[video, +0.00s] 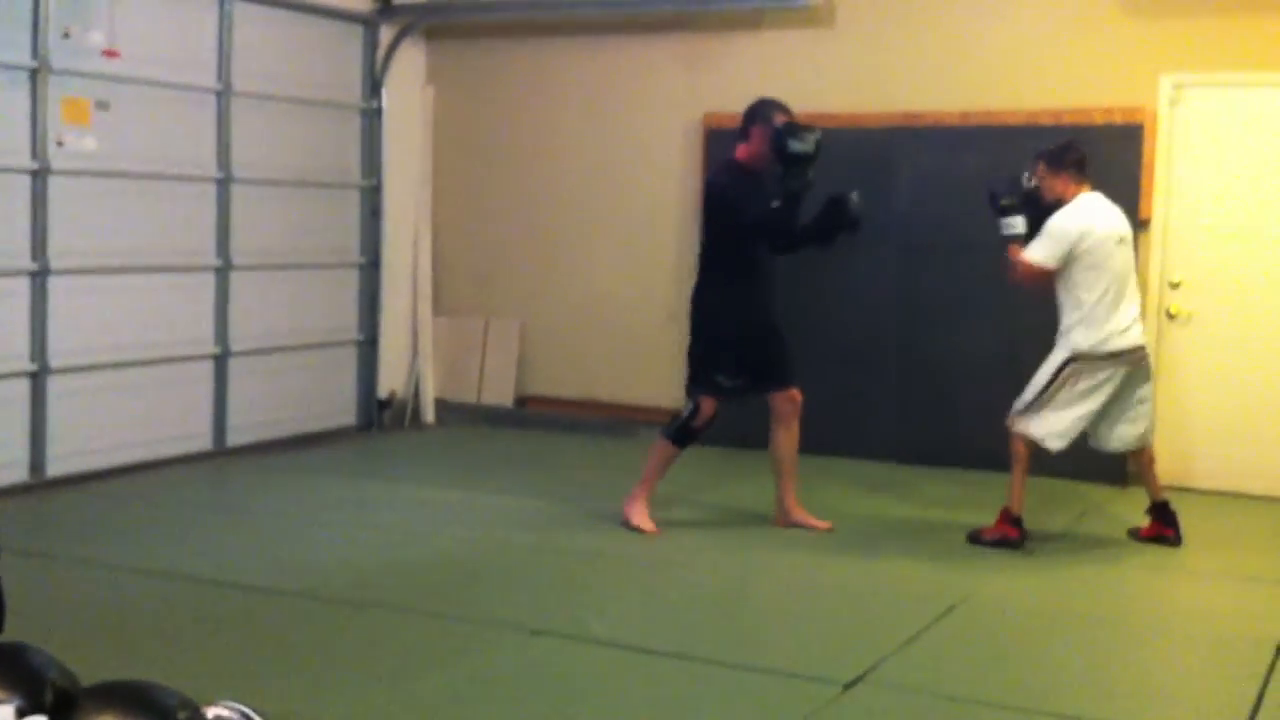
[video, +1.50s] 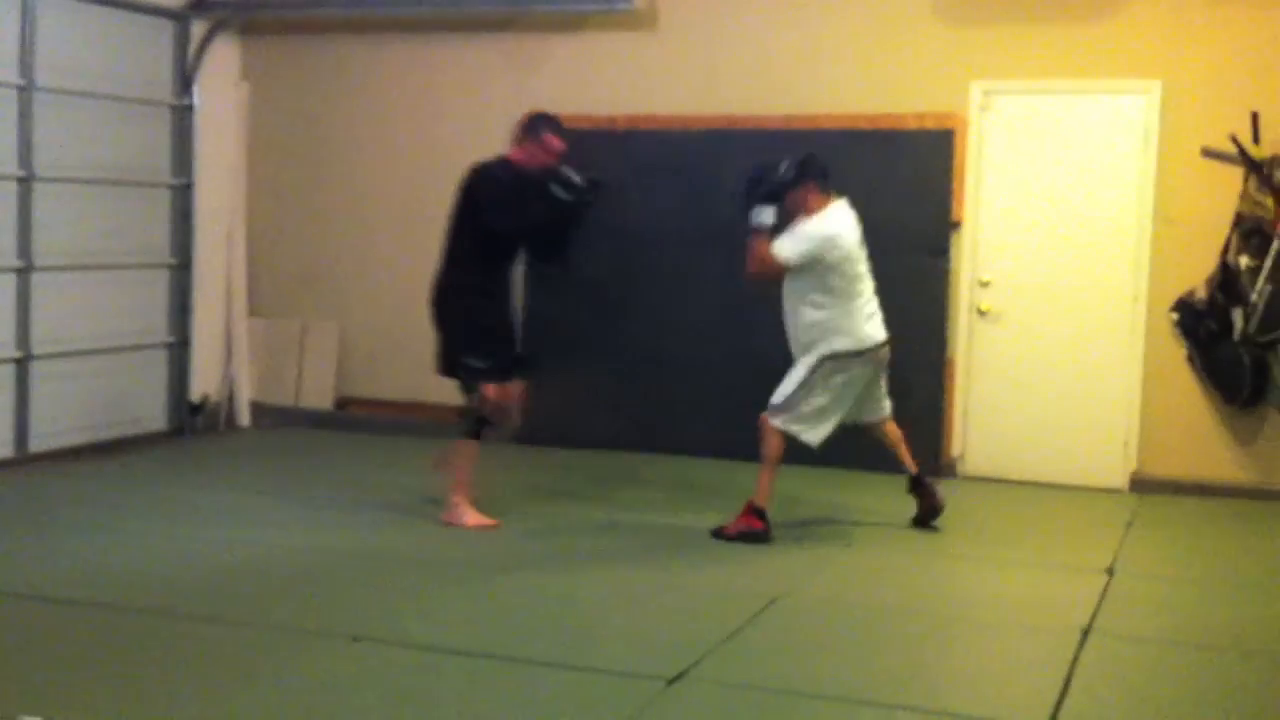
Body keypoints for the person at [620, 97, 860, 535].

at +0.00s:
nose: (785, 145)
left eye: (788, 136)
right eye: (779, 134)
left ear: (773, 136)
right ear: (753, 132)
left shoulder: (765, 181)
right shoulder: (728, 181)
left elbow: (781, 240)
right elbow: (770, 235)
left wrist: (827, 224)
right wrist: (794, 183)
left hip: (754, 305)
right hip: (718, 306)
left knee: (787, 400)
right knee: (701, 408)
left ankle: (788, 506)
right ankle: (639, 498)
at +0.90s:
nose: (729, 150)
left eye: (732, 142)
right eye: (725, 141)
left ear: (716, 140)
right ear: (703, 136)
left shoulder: (720, 184)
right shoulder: (674, 180)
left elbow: (771, 217)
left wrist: (782, 171)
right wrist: (735, 174)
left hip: (709, 308)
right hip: (671, 309)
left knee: (731, 401)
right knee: (652, 403)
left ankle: (733, 500)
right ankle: (579, 484)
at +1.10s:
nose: (667, 146)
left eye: (672, 139)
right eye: (661, 138)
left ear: (676, 142)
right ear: (644, 139)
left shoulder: (679, 184)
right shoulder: (629, 185)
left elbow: (725, 207)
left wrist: (712, 156)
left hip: (676, 306)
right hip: (635, 307)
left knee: (715, 395)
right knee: (626, 406)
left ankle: (708, 500)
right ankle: (539, 470)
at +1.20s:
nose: (643, 158)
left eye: (647, 149)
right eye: (637, 149)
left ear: (647, 152)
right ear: (619, 148)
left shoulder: (649, 192)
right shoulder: (596, 191)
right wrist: (663, 186)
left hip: (645, 315)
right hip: (603, 317)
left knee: (679, 397)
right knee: (598, 408)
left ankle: (705, 496)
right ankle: (520, 485)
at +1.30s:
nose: (613, 162)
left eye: (619, 156)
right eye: (612, 153)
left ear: (616, 160)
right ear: (597, 152)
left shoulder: (612, 195)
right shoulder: (563, 190)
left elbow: (622, 257)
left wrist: (639, 198)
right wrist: (629, 194)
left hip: (589, 310)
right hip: (547, 312)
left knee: (631, 388)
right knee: (552, 409)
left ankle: (671, 495)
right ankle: (491, 500)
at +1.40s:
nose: (588, 170)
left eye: (590, 162)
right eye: (584, 161)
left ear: (570, 158)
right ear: (565, 157)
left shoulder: (570, 196)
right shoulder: (533, 193)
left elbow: (588, 256)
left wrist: (611, 203)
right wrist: (603, 198)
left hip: (545, 308)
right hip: (507, 311)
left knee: (594, 378)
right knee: (524, 408)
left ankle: (563, 478)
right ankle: (475, 500)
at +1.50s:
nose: (550, 164)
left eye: (555, 156)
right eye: (546, 153)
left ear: (551, 155)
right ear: (524, 144)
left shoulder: (532, 185)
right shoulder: (490, 177)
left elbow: (546, 249)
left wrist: (571, 202)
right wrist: (558, 196)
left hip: (496, 303)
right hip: (463, 301)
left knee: (507, 400)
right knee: (485, 398)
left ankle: (451, 458)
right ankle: (458, 500)